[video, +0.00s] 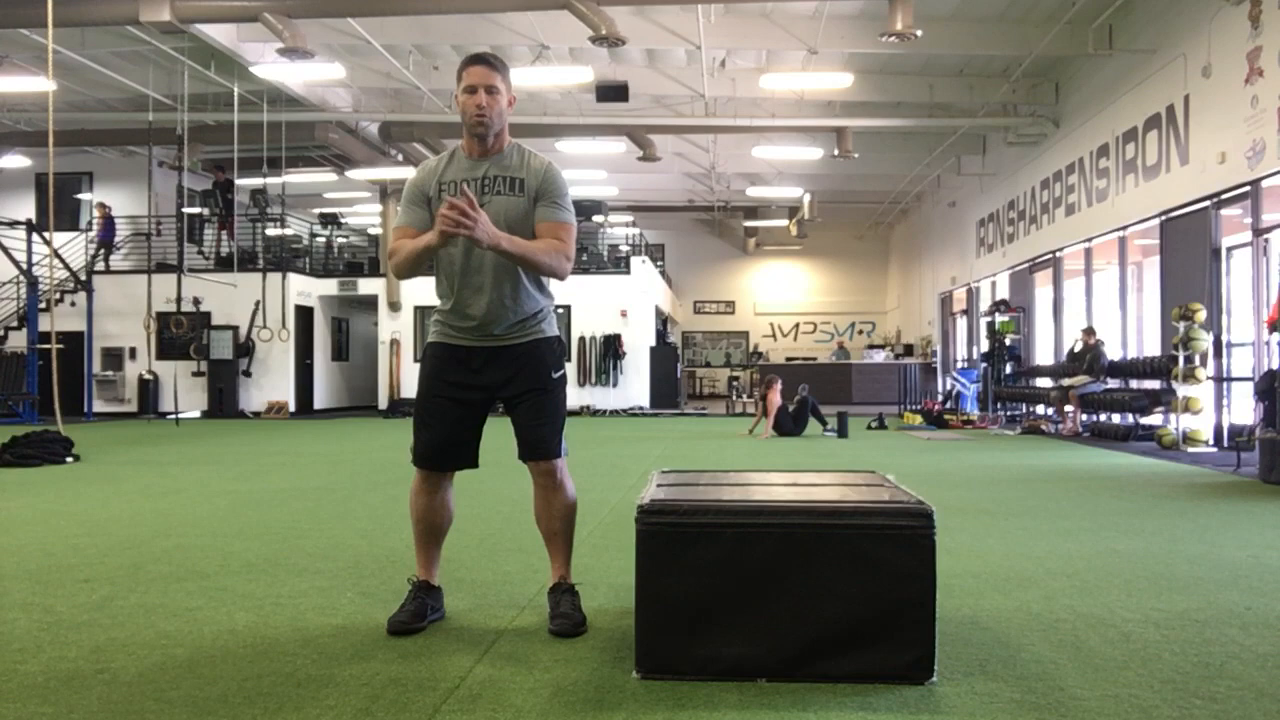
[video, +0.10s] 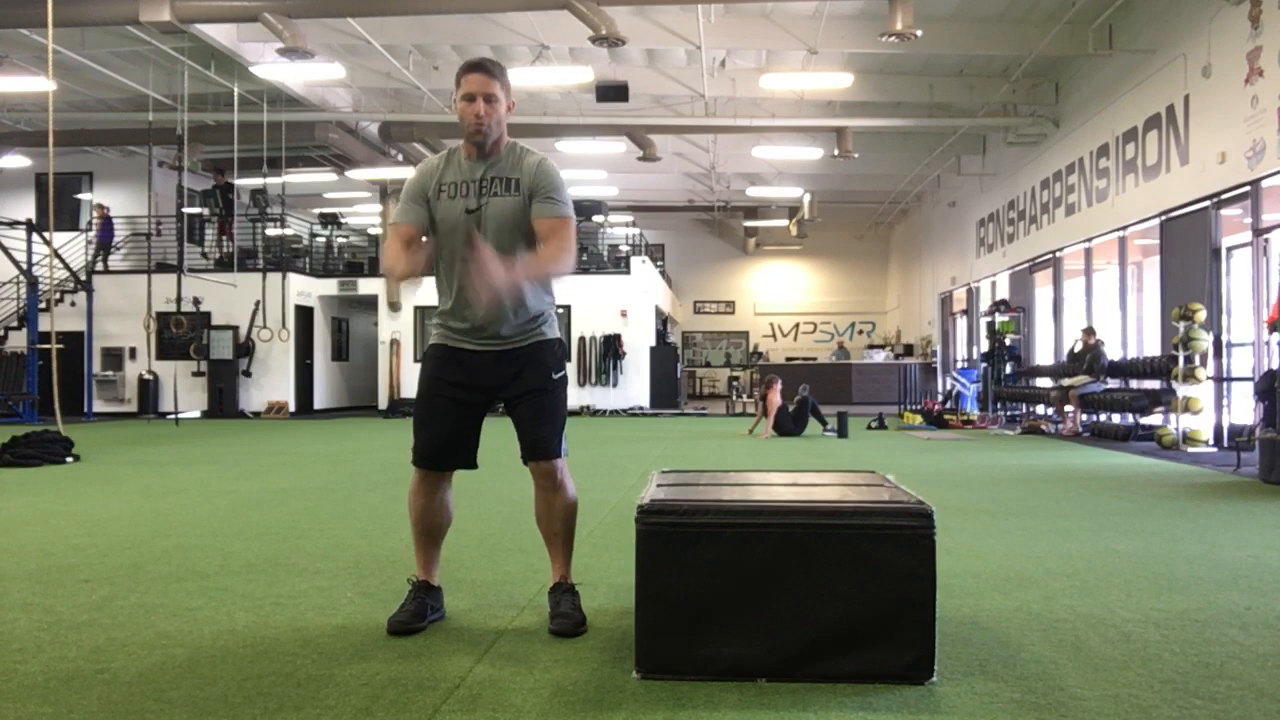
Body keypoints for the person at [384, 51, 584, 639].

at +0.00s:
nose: (480, 100)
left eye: (491, 91)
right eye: (470, 91)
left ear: (510, 102)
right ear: (457, 104)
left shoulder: (541, 172)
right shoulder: (429, 177)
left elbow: (560, 260)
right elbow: (399, 264)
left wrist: (493, 236)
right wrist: (438, 234)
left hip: (529, 338)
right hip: (454, 341)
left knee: (548, 465)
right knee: (430, 469)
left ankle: (562, 585)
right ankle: (426, 587)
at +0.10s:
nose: (478, 108)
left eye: (489, 99)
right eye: (468, 99)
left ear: (509, 107)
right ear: (455, 108)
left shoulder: (537, 170)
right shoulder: (429, 175)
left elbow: (563, 252)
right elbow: (394, 258)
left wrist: (512, 270)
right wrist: (418, 259)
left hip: (529, 344)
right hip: (454, 344)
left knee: (548, 468)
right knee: (429, 471)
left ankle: (562, 585)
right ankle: (425, 587)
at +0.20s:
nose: (474, 124)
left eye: (485, 114)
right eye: (464, 113)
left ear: (504, 121)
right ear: (449, 121)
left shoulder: (536, 185)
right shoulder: (424, 187)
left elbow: (591, 252)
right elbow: (380, 259)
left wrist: (604, 328)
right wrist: (358, 328)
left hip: (532, 348)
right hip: (454, 350)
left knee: (548, 468)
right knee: (426, 473)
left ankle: (562, 585)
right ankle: (425, 587)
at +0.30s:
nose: (470, 159)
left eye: (481, 149)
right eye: (460, 148)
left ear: (500, 157)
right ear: (444, 156)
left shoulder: (536, 214)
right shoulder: (420, 213)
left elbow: (613, 248)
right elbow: (385, 249)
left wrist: (655, 292)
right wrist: (358, 302)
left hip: (531, 365)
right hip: (454, 366)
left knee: (545, 477)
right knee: (418, 475)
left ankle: (561, 586)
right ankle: (426, 588)